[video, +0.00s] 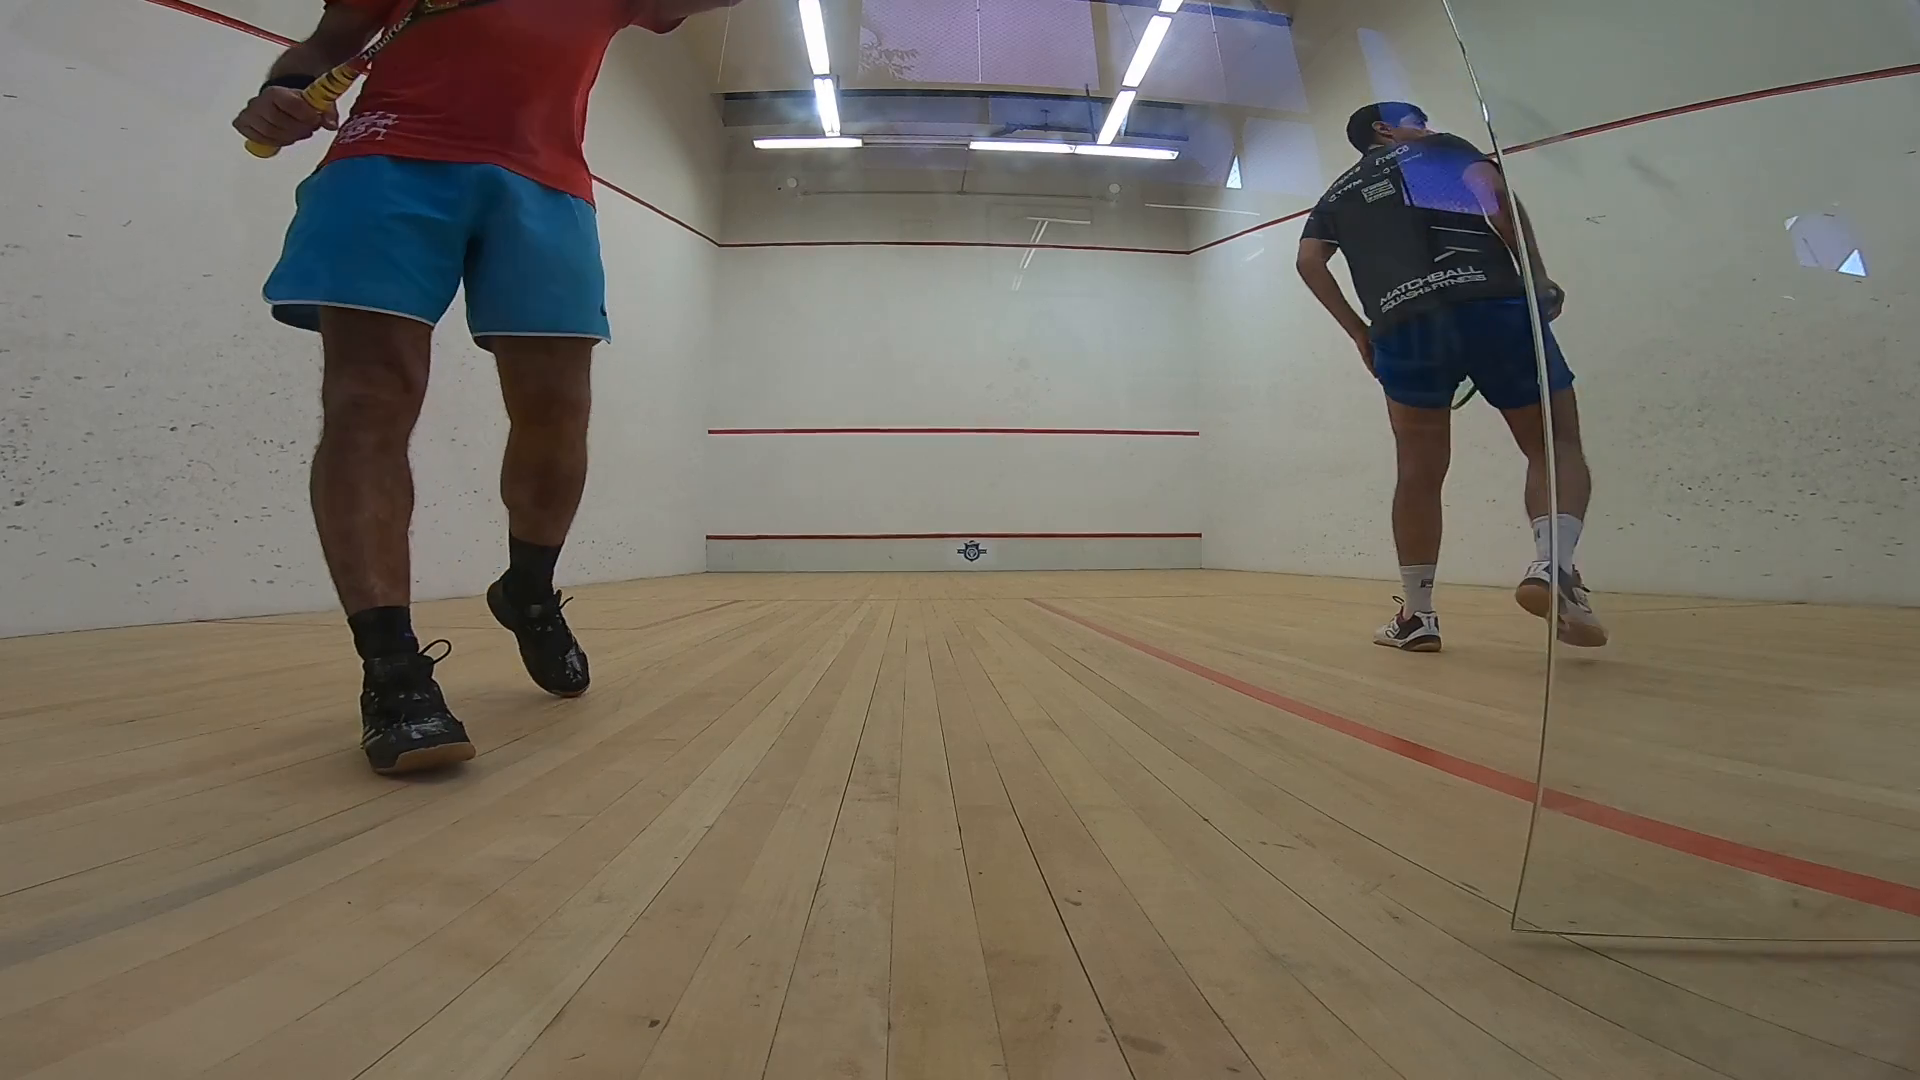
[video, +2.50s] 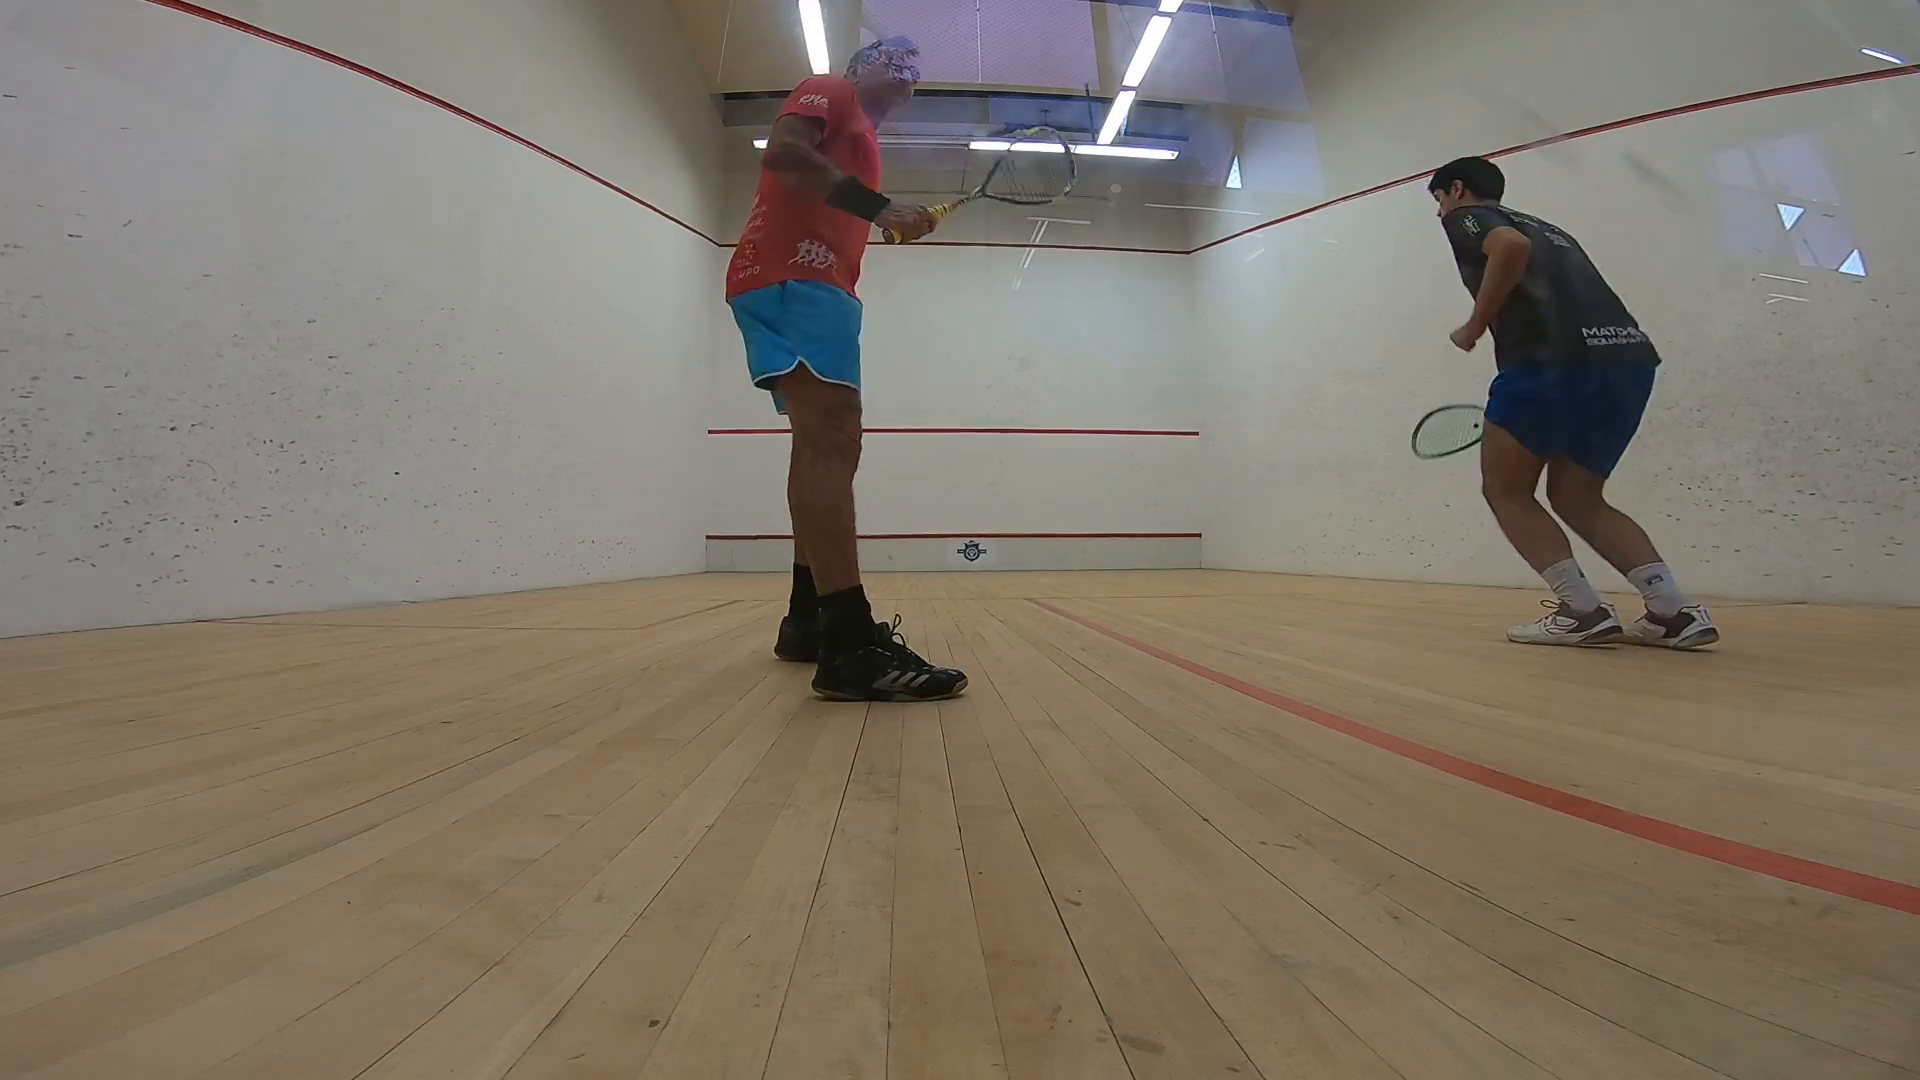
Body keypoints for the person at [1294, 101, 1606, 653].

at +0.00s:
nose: (1428, 128)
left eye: (1423, 122)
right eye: (1417, 121)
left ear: (1370, 138)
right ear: (1383, 129)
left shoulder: (1337, 193)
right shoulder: (1447, 147)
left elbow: (1309, 262)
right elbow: (1496, 197)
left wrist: (1357, 329)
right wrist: (1535, 275)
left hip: (1406, 327)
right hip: (1494, 308)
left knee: (1418, 474)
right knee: (1554, 441)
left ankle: (1418, 615)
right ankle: (1553, 565)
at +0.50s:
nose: (1471, 148)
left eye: (1468, 139)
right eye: (1462, 138)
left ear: (1412, 149)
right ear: (1426, 142)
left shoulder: (1372, 206)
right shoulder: (1458, 166)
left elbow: (1342, 277)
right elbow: (1476, 214)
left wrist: (1377, 336)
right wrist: (1532, 286)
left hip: (1412, 346)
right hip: (1491, 333)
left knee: (1422, 478)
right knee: (1530, 474)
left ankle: (1418, 614)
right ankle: (1562, 611)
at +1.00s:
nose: (1445, 177)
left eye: (1444, 170)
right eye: (1445, 171)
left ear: (1454, 166)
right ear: (1503, 164)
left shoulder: (1434, 201)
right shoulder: (1554, 194)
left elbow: (1415, 258)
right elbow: (1627, 250)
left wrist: (1414, 327)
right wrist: (1637, 313)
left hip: (1477, 352)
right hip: (1559, 351)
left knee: (1463, 475)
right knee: (1551, 479)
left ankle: (1497, 583)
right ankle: (1562, 607)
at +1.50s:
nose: (1423, 154)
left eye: (1429, 144)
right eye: (1423, 147)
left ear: (1463, 140)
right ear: (1478, 144)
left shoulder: (1456, 174)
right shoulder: (1543, 188)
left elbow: (1486, 220)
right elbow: (1601, 255)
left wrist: (1452, 299)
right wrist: (1558, 311)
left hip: (1507, 328)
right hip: (1580, 333)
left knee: (1496, 458)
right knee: (1557, 463)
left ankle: (1539, 600)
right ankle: (1596, 599)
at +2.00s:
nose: (1419, 161)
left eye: (1416, 153)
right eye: (1415, 157)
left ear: (1429, 137)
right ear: (1463, 125)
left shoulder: (1445, 150)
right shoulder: (1535, 165)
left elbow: (1481, 148)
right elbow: (1615, 206)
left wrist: (1442, 214)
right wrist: (1579, 267)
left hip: (1521, 288)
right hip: (1598, 290)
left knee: (1513, 426)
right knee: (1579, 424)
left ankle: (1537, 571)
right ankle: (1620, 562)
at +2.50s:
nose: (1438, 209)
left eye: (1439, 198)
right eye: (1436, 201)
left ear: (1458, 190)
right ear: (1493, 191)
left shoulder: (1465, 216)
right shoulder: (1540, 227)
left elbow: (1509, 243)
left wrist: (1475, 324)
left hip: (1552, 359)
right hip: (1628, 355)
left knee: (1506, 489)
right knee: (1575, 495)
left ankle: (1582, 609)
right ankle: (1672, 610)